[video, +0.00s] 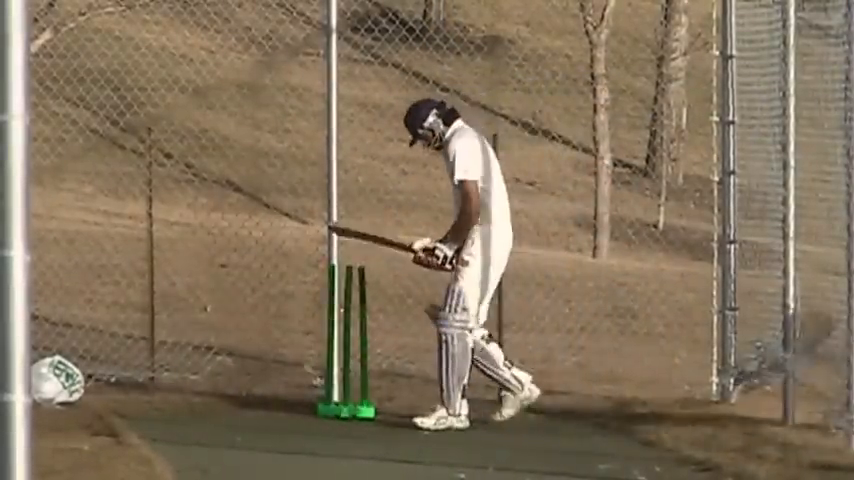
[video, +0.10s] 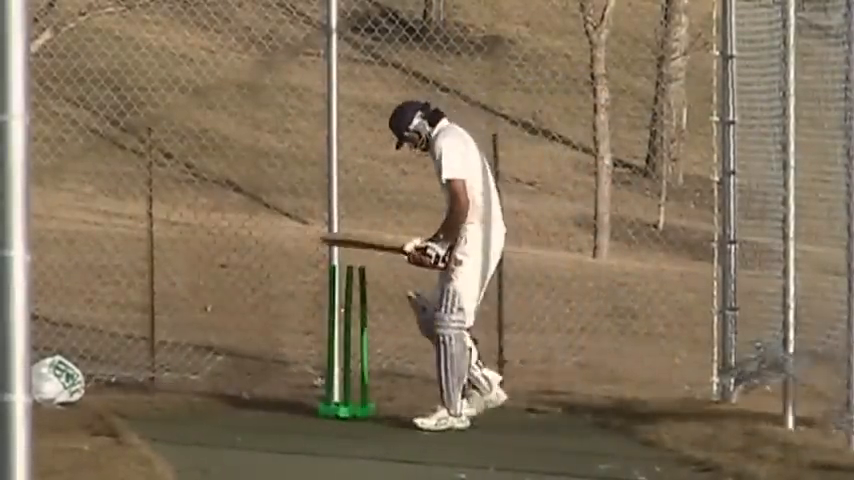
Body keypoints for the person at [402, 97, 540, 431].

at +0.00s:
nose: (426, 143)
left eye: (425, 136)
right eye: (422, 139)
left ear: (436, 125)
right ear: (438, 122)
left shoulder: (462, 142)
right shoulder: (464, 141)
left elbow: (471, 208)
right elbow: (471, 210)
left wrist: (448, 245)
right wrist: (444, 245)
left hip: (485, 243)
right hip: (485, 243)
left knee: (454, 323)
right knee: (464, 325)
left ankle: (453, 410)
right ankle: (518, 386)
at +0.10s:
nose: (413, 146)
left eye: (410, 139)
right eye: (408, 142)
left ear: (420, 126)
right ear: (424, 121)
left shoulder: (447, 142)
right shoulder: (451, 139)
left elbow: (461, 203)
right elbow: (459, 207)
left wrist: (441, 245)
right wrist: (433, 241)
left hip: (475, 243)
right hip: (475, 241)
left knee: (451, 324)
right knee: (439, 320)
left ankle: (453, 411)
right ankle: (484, 384)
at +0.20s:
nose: (401, 149)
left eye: (398, 142)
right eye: (396, 145)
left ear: (407, 128)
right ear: (410, 123)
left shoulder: (434, 141)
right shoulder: (439, 139)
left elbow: (451, 202)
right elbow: (450, 205)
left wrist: (435, 243)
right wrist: (424, 241)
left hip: (466, 242)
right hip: (465, 241)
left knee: (444, 322)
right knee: (427, 317)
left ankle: (450, 408)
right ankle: (448, 401)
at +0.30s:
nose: (388, 153)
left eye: (386, 146)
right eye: (383, 149)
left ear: (395, 133)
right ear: (396, 129)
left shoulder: (423, 143)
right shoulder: (423, 142)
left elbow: (442, 203)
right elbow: (439, 207)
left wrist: (428, 245)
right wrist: (415, 243)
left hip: (462, 239)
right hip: (452, 239)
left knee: (439, 323)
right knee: (418, 319)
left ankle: (451, 408)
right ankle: (411, 400)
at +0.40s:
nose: (379, 158)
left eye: (376, 151)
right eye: (374, 154)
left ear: (385, 138)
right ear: (385, 136)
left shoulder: (414, 146)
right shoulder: (409, 149)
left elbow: (434, 201)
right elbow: (429, 206)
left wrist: (419, 247)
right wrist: (406, 246)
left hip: (454, 243)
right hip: (440, 244)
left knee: (427, 321)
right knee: (409, 322)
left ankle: (451, 407)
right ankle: (404, 405)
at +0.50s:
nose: (368, 163)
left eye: (367, 156)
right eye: (363, 159)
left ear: (376, 143)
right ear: (373, 146)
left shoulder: (404, 149)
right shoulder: (393, 157)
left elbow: (424, 203)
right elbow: (415, 210)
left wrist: (413, 253)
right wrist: (401, 255)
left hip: (451, 239)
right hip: (431, 242)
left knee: (419, 317)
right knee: (403, 321)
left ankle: (446, 401)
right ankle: (403, 402)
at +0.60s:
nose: (360, 168)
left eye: (359, 161)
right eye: (356, 164)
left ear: (368, 148)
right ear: (364, 153)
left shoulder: (395, 152)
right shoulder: (382, 165)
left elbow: (413, 206)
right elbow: (403, 217)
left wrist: (412, 256)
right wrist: (401, 267)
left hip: (449, 237)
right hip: (426, 241)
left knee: (424, 317)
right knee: (401, 318)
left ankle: (435, 406)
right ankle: (404, 403)